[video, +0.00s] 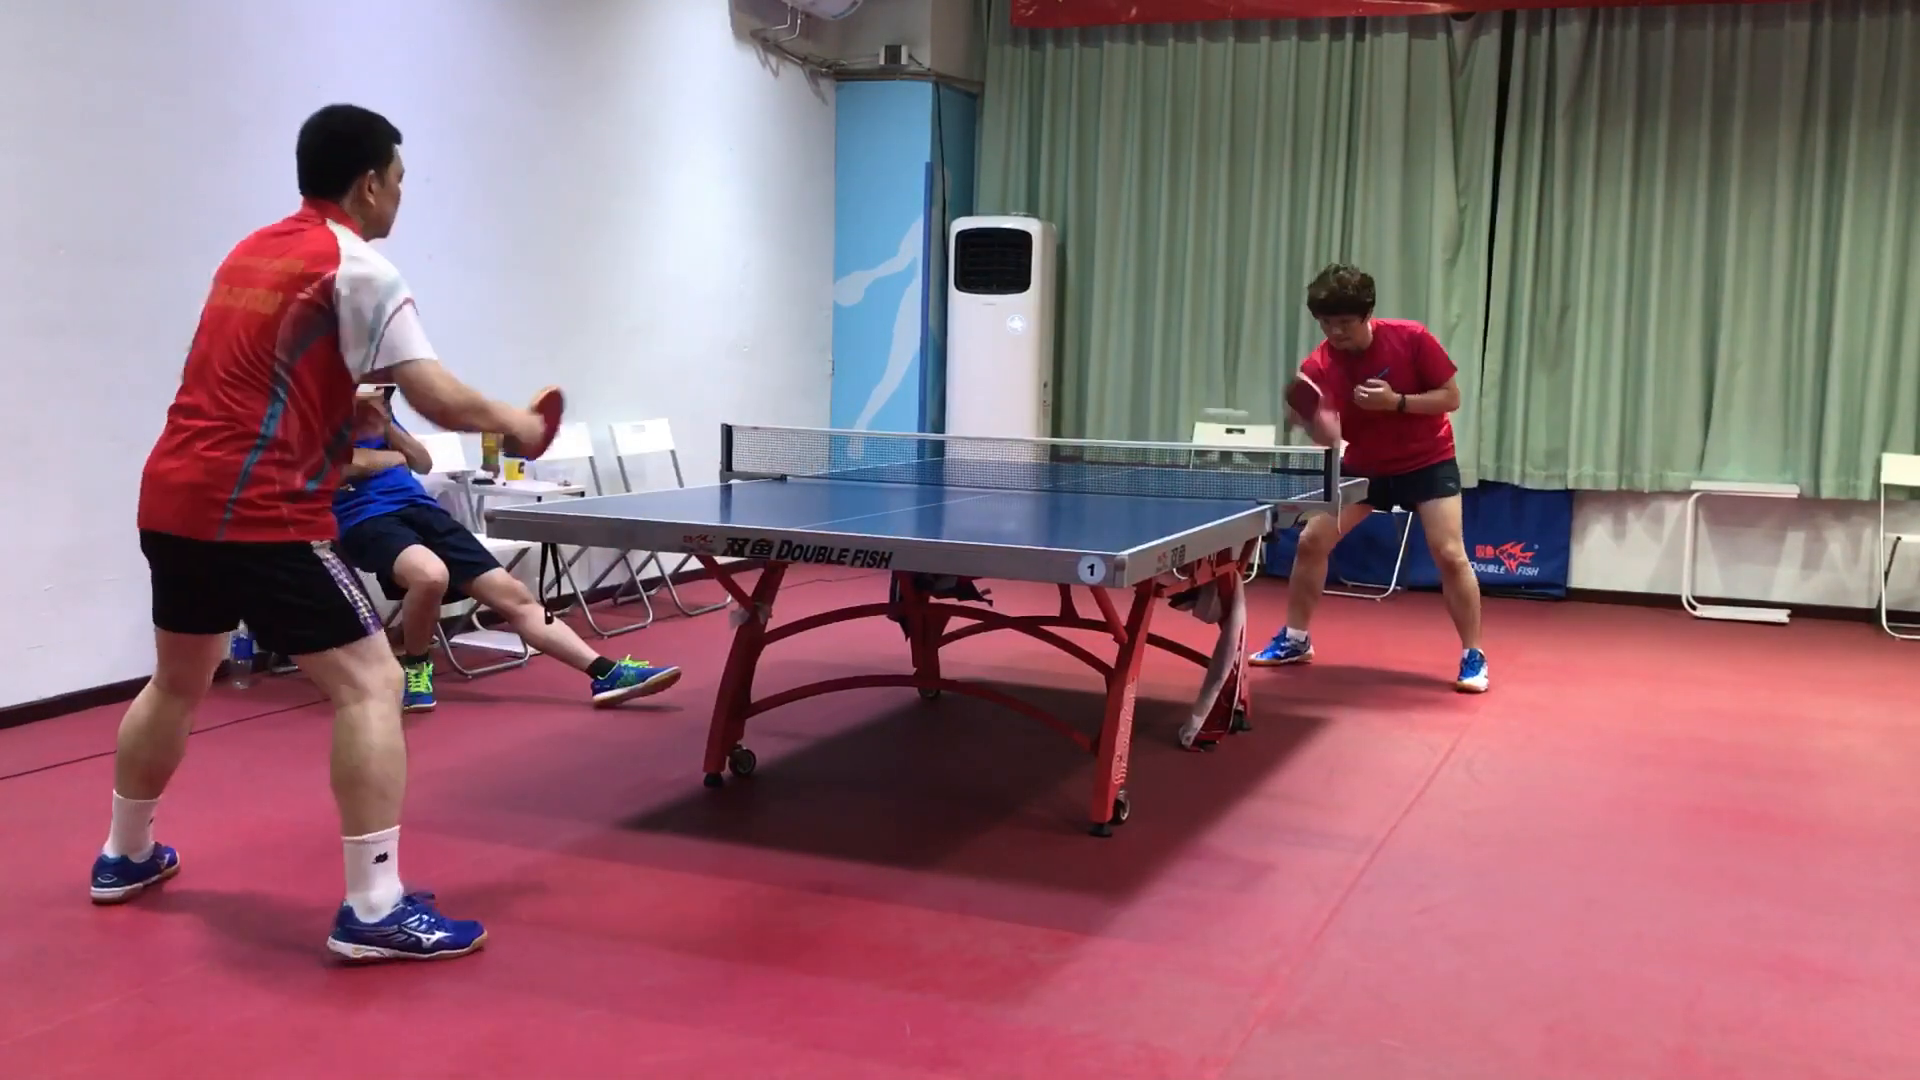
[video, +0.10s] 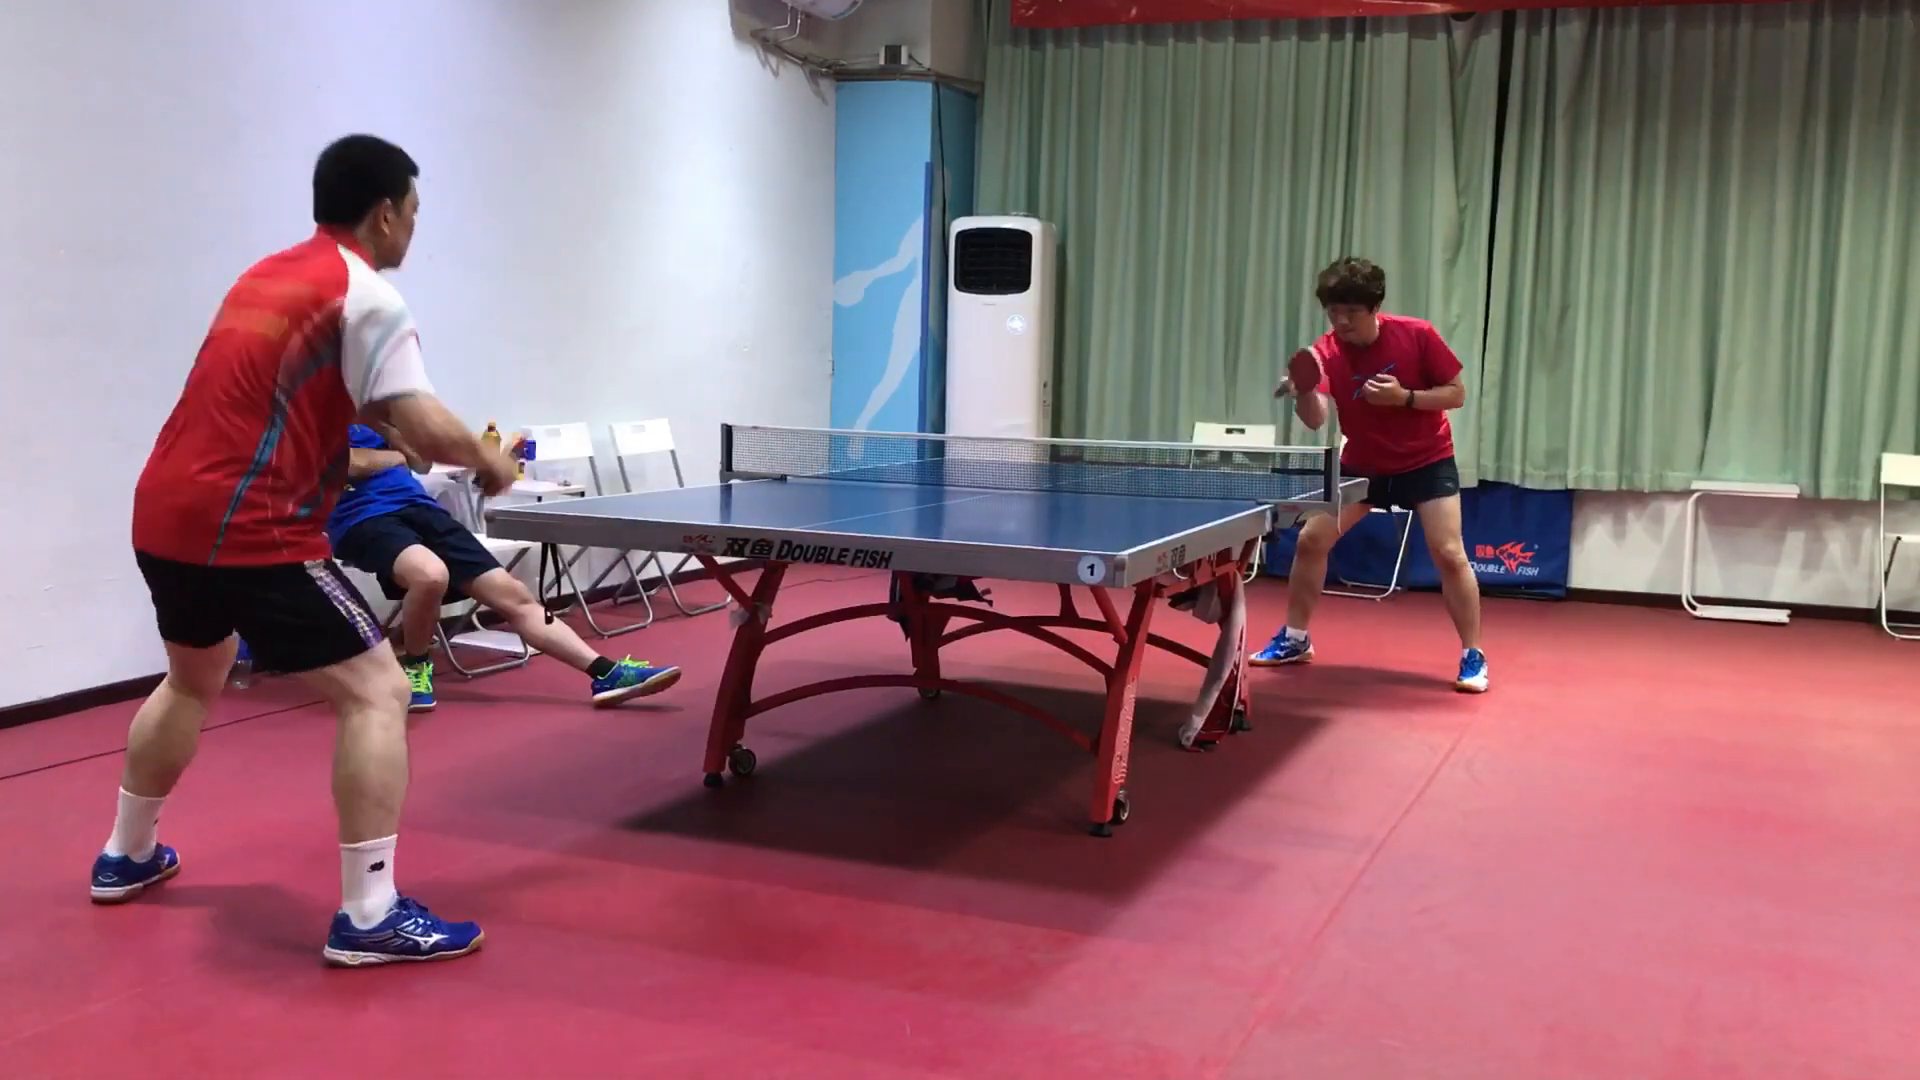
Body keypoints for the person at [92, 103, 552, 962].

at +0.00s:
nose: (400, 196)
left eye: (400, 180)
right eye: (398, 179)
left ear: (312, 183)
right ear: (367, 183)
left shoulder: (251, 250)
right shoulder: (359, 267)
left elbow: (255, 388)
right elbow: (436, 397)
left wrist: (346, 414)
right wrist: (512, 421)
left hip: (172, 502)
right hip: (263, 513)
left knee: (175, 685)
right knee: (368, 685)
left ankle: (125, 854)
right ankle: (374, 908)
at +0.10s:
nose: (414, 224)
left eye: (413, 208)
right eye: (412, 209)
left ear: (329, 207)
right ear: (386, 211)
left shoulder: (266, 275)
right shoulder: (367, 294)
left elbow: (278, 438)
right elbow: (427, 431)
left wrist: (392, 457)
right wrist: (488, 459)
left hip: (165, 521)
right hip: (256, 534)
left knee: (192, 680)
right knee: (375, 691)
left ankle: (126, 853)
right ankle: (370, 914)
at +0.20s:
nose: (425, 264)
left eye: (426, 249)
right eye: (424, 248)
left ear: (338, 240)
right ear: (400, 247)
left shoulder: (271, 299)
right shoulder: (382, 328)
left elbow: (292, 439)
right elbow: (454, 471)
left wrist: (392, 459)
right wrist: (461, 511)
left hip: (160, 539)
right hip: (257, 550)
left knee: (199, 683)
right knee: (397, 695)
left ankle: (126, 854)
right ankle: (370, 914)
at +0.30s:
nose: (426, 256)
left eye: (428, 243)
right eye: (426, 242)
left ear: (340, 234)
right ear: (407, 242)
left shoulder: (265, 294)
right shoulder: (400, 332)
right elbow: (486, 462)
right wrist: (492, 452)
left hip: (160, 531)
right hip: (261, 545)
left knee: (189, 680)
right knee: (397, 695)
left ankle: (126, 853)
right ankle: (372, 914)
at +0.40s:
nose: (418, 229)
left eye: (417, 215)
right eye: (418, 215)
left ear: (331, 209)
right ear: (400, 217)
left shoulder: (257, 274)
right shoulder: (408, 312)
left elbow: (173, 380)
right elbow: (523, 392)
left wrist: (276, 397)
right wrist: (592, 387)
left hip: (165, 515)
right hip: (277, 533)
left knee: (169, 682)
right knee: (387, 692)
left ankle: (125, 849)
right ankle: (372, 911)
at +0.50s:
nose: (402, 207)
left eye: (401, 193)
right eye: (399, 193)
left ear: (312, 196)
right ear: (378, 198)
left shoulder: (239, 262)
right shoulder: (395, 283)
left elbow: (156, 366)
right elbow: (527, 363)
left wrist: (251, 405)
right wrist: (623, 355)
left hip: (176, 506)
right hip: (290, 522)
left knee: (168, 681)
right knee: (378, 690)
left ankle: (125, 850)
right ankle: (371, 910)